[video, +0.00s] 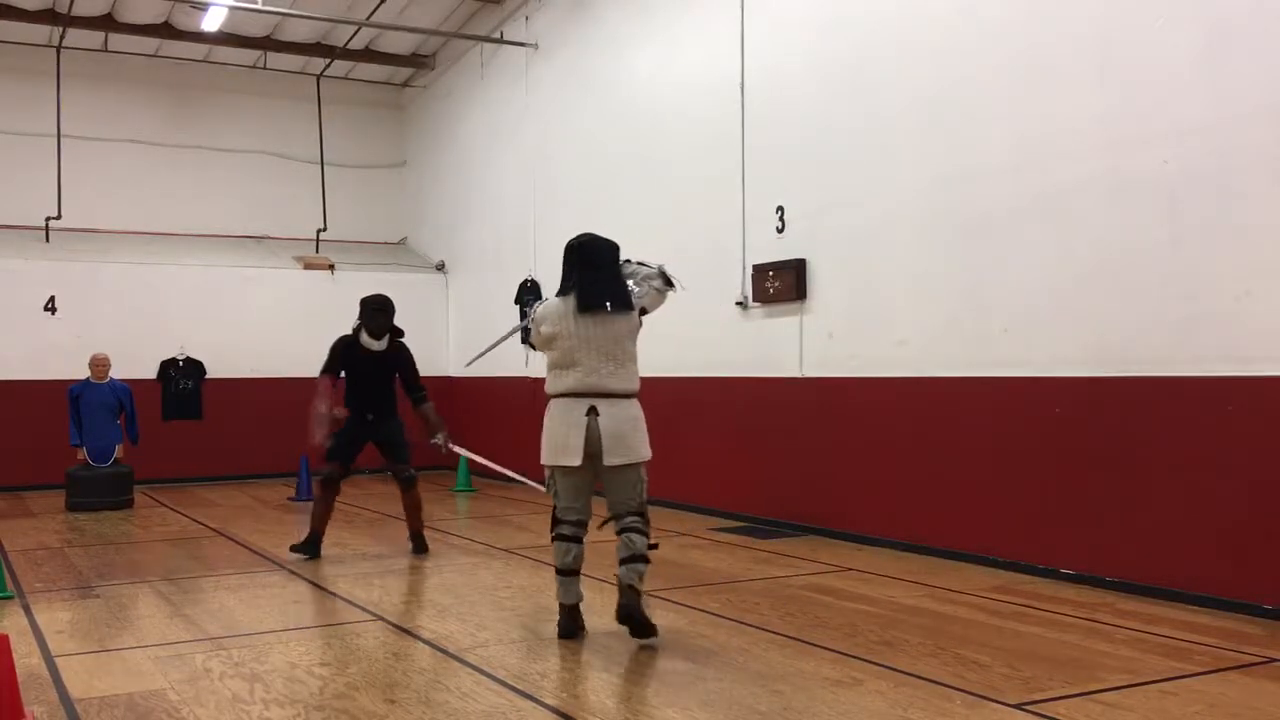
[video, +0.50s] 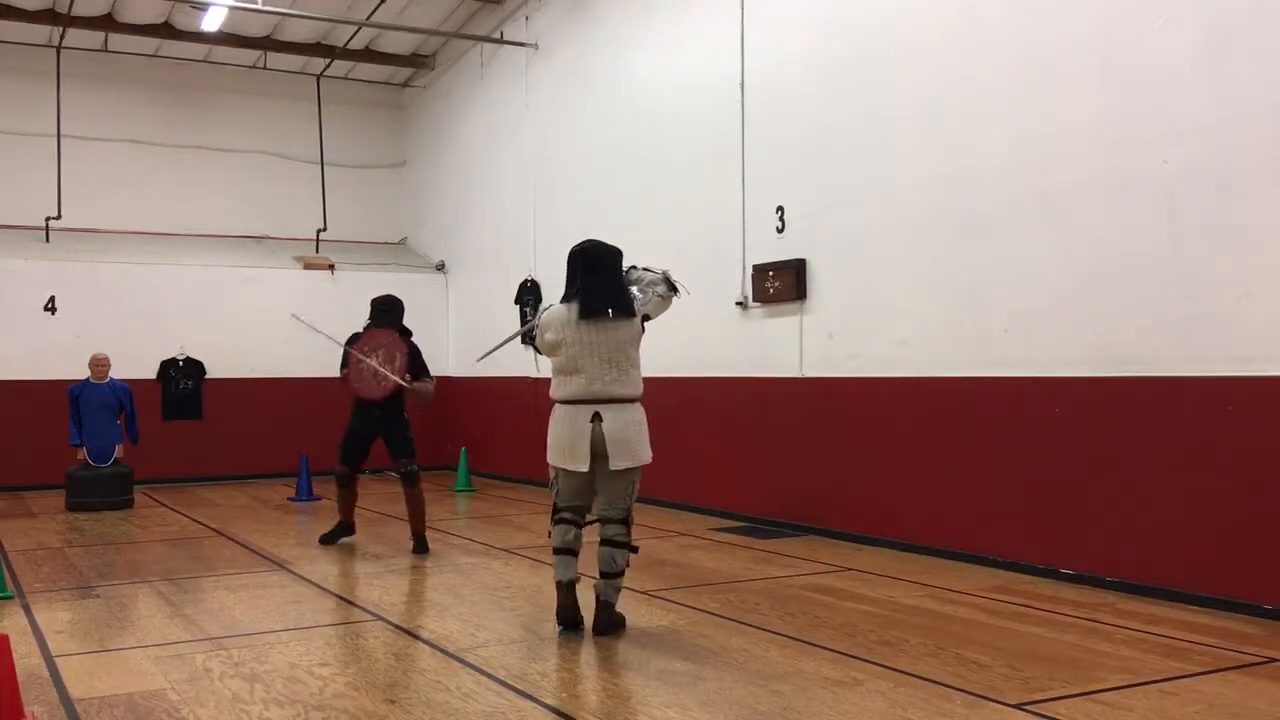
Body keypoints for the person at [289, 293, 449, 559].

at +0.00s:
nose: (378, 321)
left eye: (384, 315)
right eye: (373, 315)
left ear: (391, 319)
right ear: (362, 316)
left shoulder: (398, 351)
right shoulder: (344, 346)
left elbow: (417, 393)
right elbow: (325, 385)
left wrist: (438, 428)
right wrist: (323, 422)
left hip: (387, 422)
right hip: (353, 421)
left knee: (407, 479)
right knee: (329, 478)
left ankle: (417, 536)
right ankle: (313, 540)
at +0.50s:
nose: (381, 323)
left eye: (387, 318)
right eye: (378, 316)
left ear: (397, 319)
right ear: (371, 317)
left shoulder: (407, 347)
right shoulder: (356, 341)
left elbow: (428, 388)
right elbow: (344, 377)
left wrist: (410, 384)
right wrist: (363, 369)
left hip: (394, 415)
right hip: (363, 414)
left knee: (409, 473)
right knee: (344, 471)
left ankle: (419, 536)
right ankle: (346, 524)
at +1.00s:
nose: (330, 325)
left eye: (337, 320)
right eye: (328, 320)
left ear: (349, 323)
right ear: (325, 322)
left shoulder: (361, 356)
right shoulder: (319, 351)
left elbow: (376, 399)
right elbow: (304, 379)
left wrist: (389, 434)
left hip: (350, 421)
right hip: (321, 421)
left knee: (362, 472)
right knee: (317, 475)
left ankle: (374, 533)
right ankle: (342, 528)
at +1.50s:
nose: (304, 330)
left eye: (310, 325)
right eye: (301, 324)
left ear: (323, 327)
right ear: (296, 324)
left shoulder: (335, 358)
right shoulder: (292, 351)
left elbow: (353, 401)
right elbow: (267, 381)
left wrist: (368, 436)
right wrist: (269, 368)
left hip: (318, 423)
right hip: (292, 421)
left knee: (303, 478)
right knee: (307, 479)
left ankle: (290, 543)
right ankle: (339, 522)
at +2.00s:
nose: (282, 320)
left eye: (289, 315)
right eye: (278, 314)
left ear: (300, 317)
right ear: (272, 313)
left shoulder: (308, 343)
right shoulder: (259, 338)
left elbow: (327, 375)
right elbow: (232, 369)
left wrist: (313, 375)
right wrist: (250, 362)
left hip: (292, 420)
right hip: (261, 418)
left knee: (293, 480)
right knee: (236, 476)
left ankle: (288, 546)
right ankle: (230, 544)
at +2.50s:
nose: (251, 320)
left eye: (258, 316)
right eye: (250, 315)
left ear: (274, 319)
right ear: (249, 316)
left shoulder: (283, 342)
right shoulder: (238, 340)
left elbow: (301, 364)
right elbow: (212, 370)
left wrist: (280, 338)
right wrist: (205, 372)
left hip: (267, 423)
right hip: (233, 422)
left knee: (281, 481)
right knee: (202, 480)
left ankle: (284, 553)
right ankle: (215, 544)